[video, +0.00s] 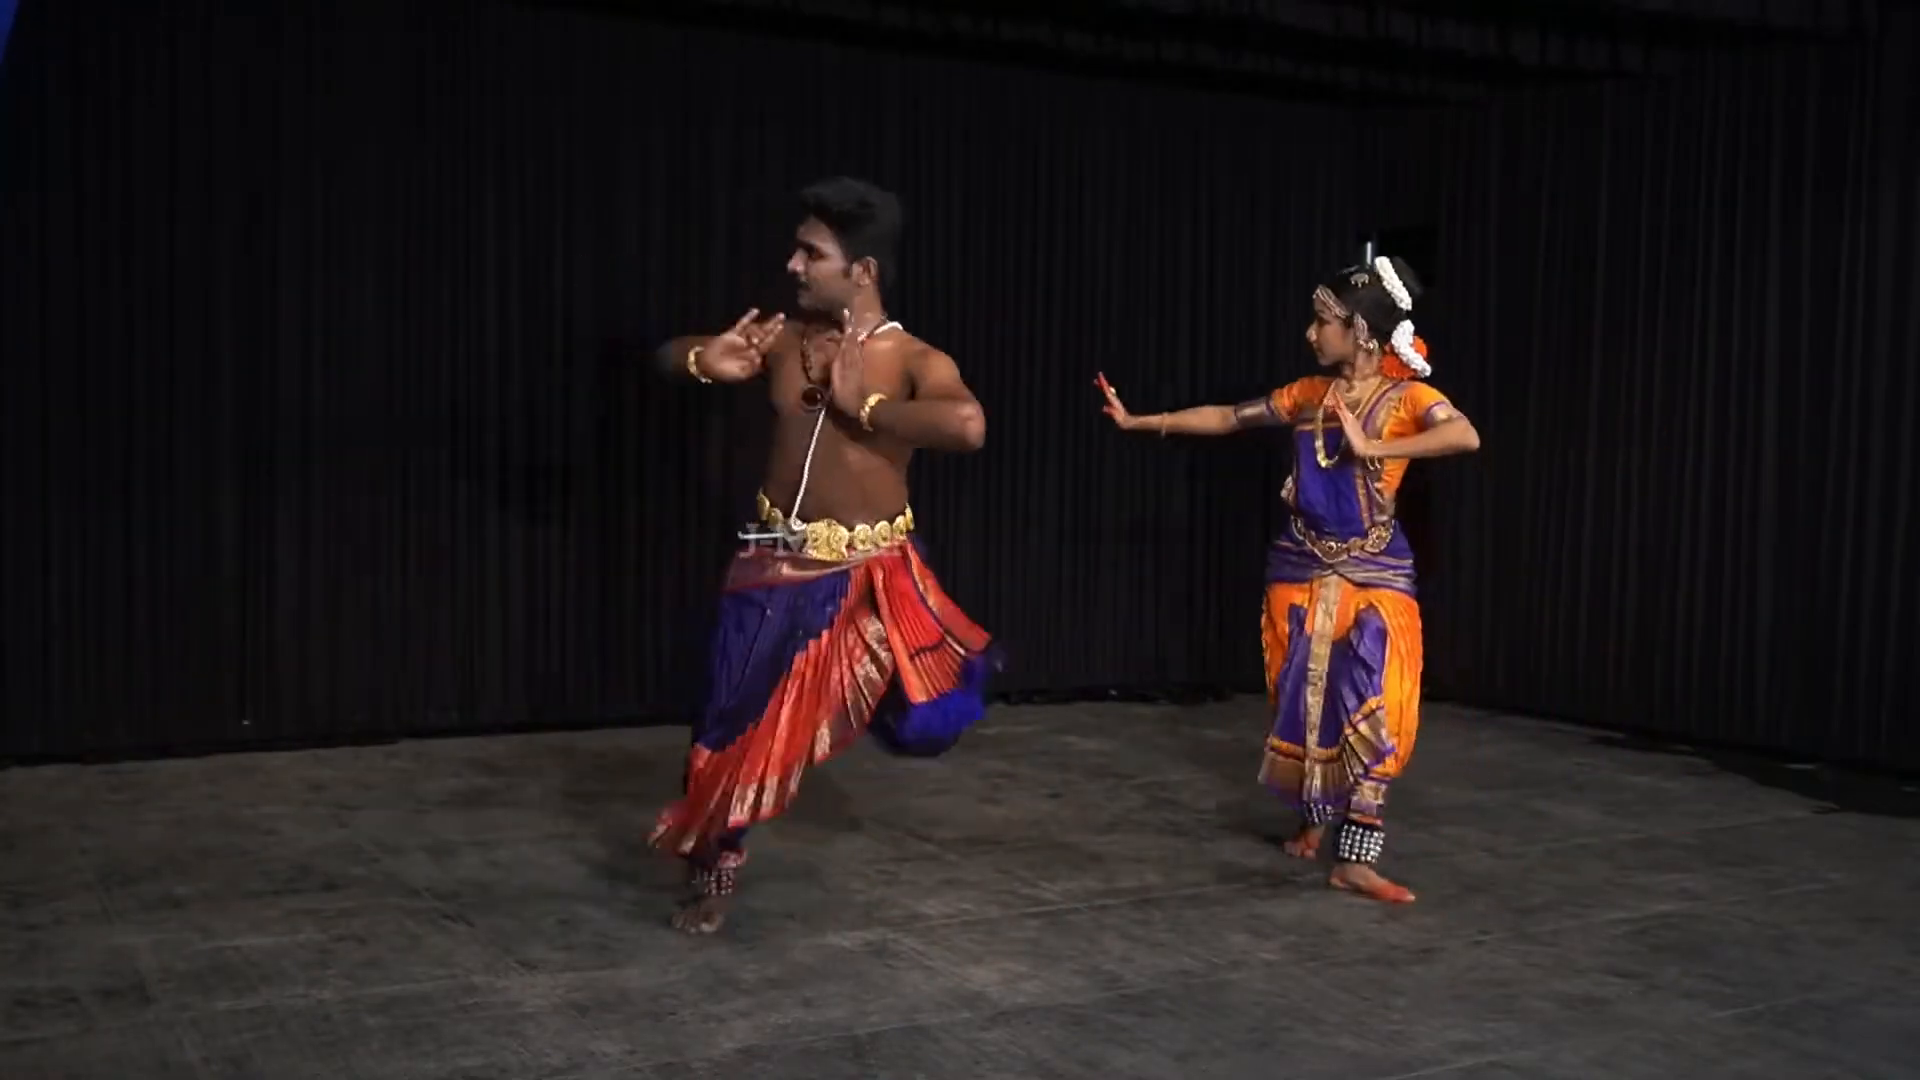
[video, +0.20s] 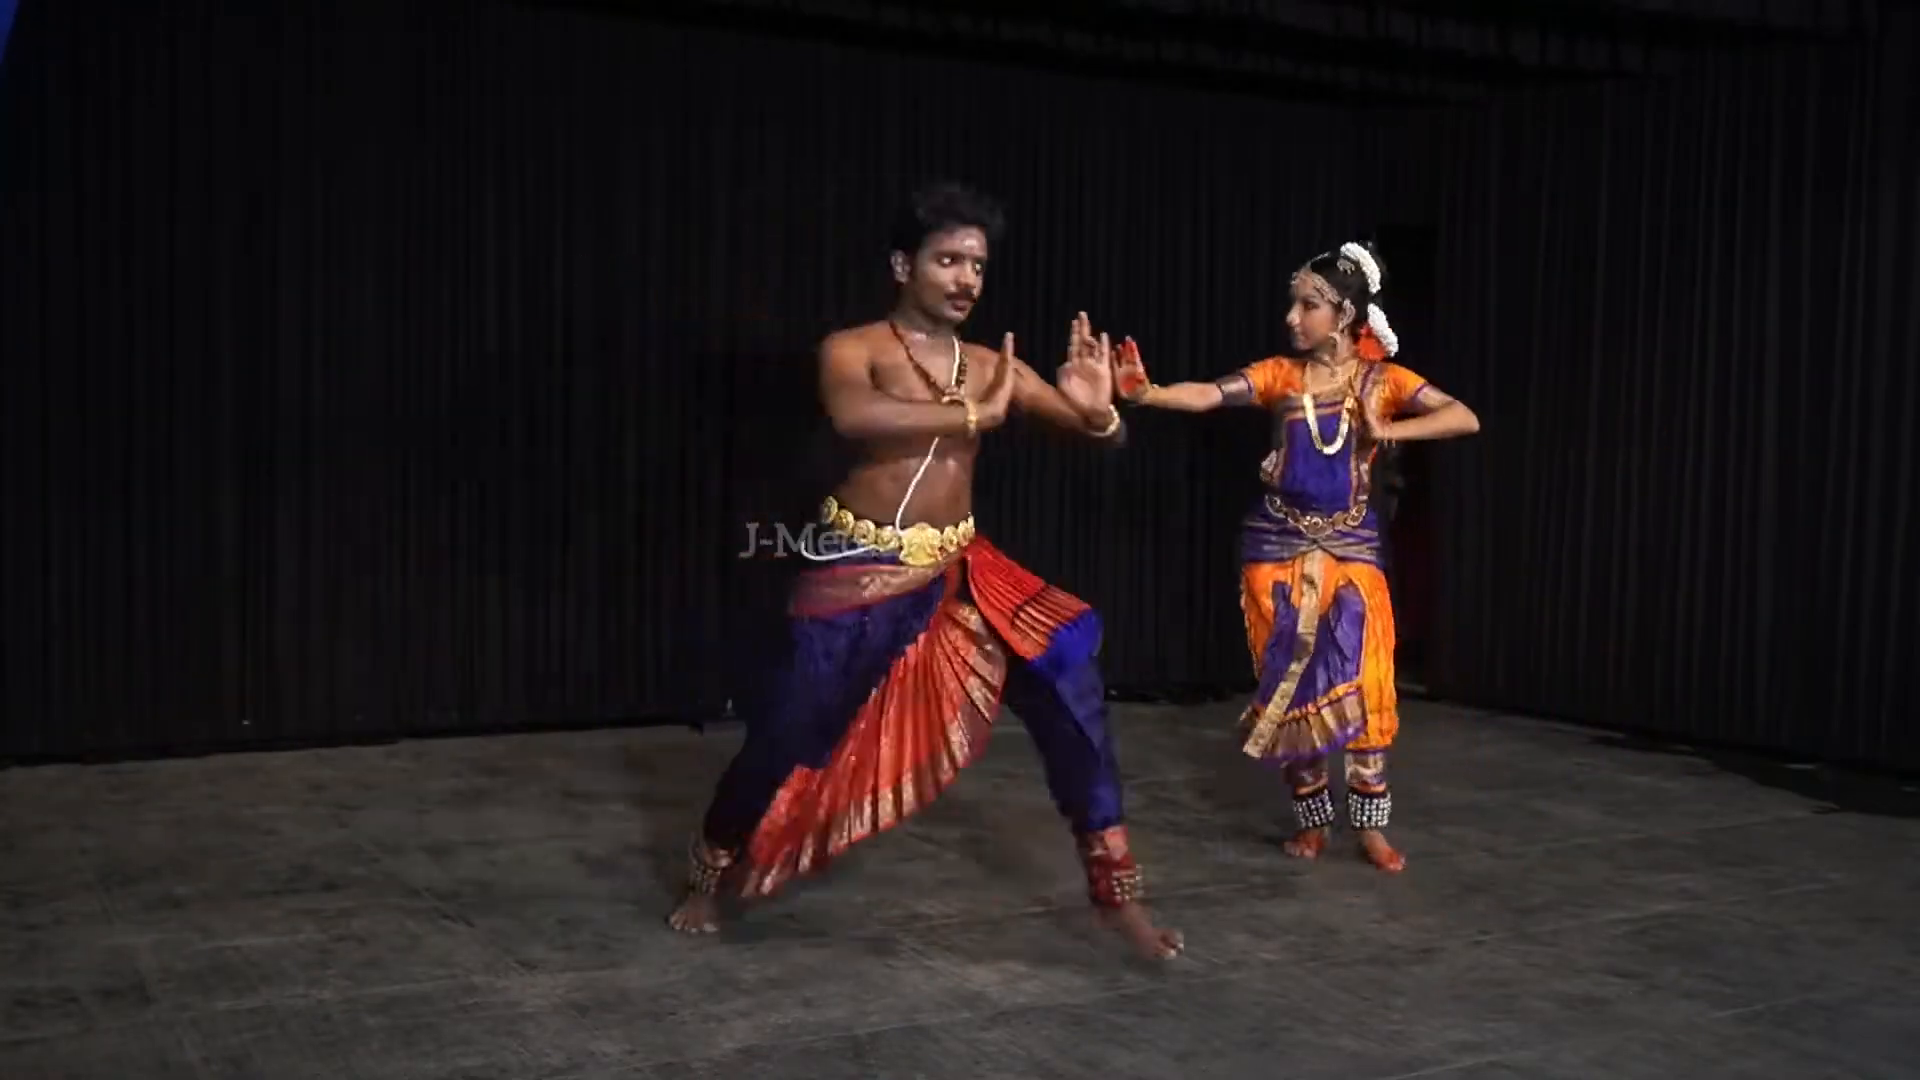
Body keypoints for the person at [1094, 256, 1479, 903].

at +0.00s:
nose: (1312, 331)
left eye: (1324, 321)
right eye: (1315, 319)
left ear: (1364, 334)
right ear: (1347, 333)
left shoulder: (1406, 395)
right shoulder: (1309, 394)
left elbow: (1464, 436)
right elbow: (1227, 417)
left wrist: (1372, 447)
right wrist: (1140, 421)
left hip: (1377, 570)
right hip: (1301, 564)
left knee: (1375, 702)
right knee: (1304, 689)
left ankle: (1356, 857)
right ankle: (1315, 816)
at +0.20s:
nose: (1293, 316)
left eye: (1308, 305)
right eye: (1293, 303)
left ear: (1346, 315)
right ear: (1297, 308)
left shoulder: (1381, 379)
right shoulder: (1280, 374)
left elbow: (1464, 419)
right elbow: (1210, 395)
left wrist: (1390, 430)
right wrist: (1148, 393)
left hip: (1352, 543)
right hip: (1276, 541)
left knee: (1364, 672)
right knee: (1287, 673)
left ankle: (1371, 822)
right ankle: (1311, 819)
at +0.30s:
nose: (1304, 311)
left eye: (1319, 299)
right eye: (1294, 298)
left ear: (1342, 312)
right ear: (1281, 308)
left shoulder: (1365, 374)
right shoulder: (1261, 372)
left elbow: (1452, 411)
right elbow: (1201, 420)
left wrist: (1390, 422)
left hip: (1340, 539)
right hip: (1267, 537)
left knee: (1342, 665)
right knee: (1290, 663)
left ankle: (1328, 796)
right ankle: (1310, 812)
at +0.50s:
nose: (1308, 313)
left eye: (1315, 302)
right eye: (1295, 300)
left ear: (1320, 310)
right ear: (1263, 308)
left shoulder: (1326, 373)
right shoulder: (1238, 373)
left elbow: (1406, 402)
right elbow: (1258, 411)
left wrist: (1380, 416)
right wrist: (1321, 410)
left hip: (1311, 536)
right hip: (1249, 535)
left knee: (1298, 657)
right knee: (1282, 653)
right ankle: (1305, 797)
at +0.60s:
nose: (1291, 320)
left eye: (1297, 309)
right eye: (1279, 307)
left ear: (1300, 316)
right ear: (1245, 313)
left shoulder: (1303, 376)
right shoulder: (1222, 376)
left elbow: (1386, 408)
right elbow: (1255, 419)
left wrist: (1362, 416)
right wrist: (1337, 417)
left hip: (1285, 542)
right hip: (1229, 544)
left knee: (1285, 670)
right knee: (1267, 672)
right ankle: (1298, 800)